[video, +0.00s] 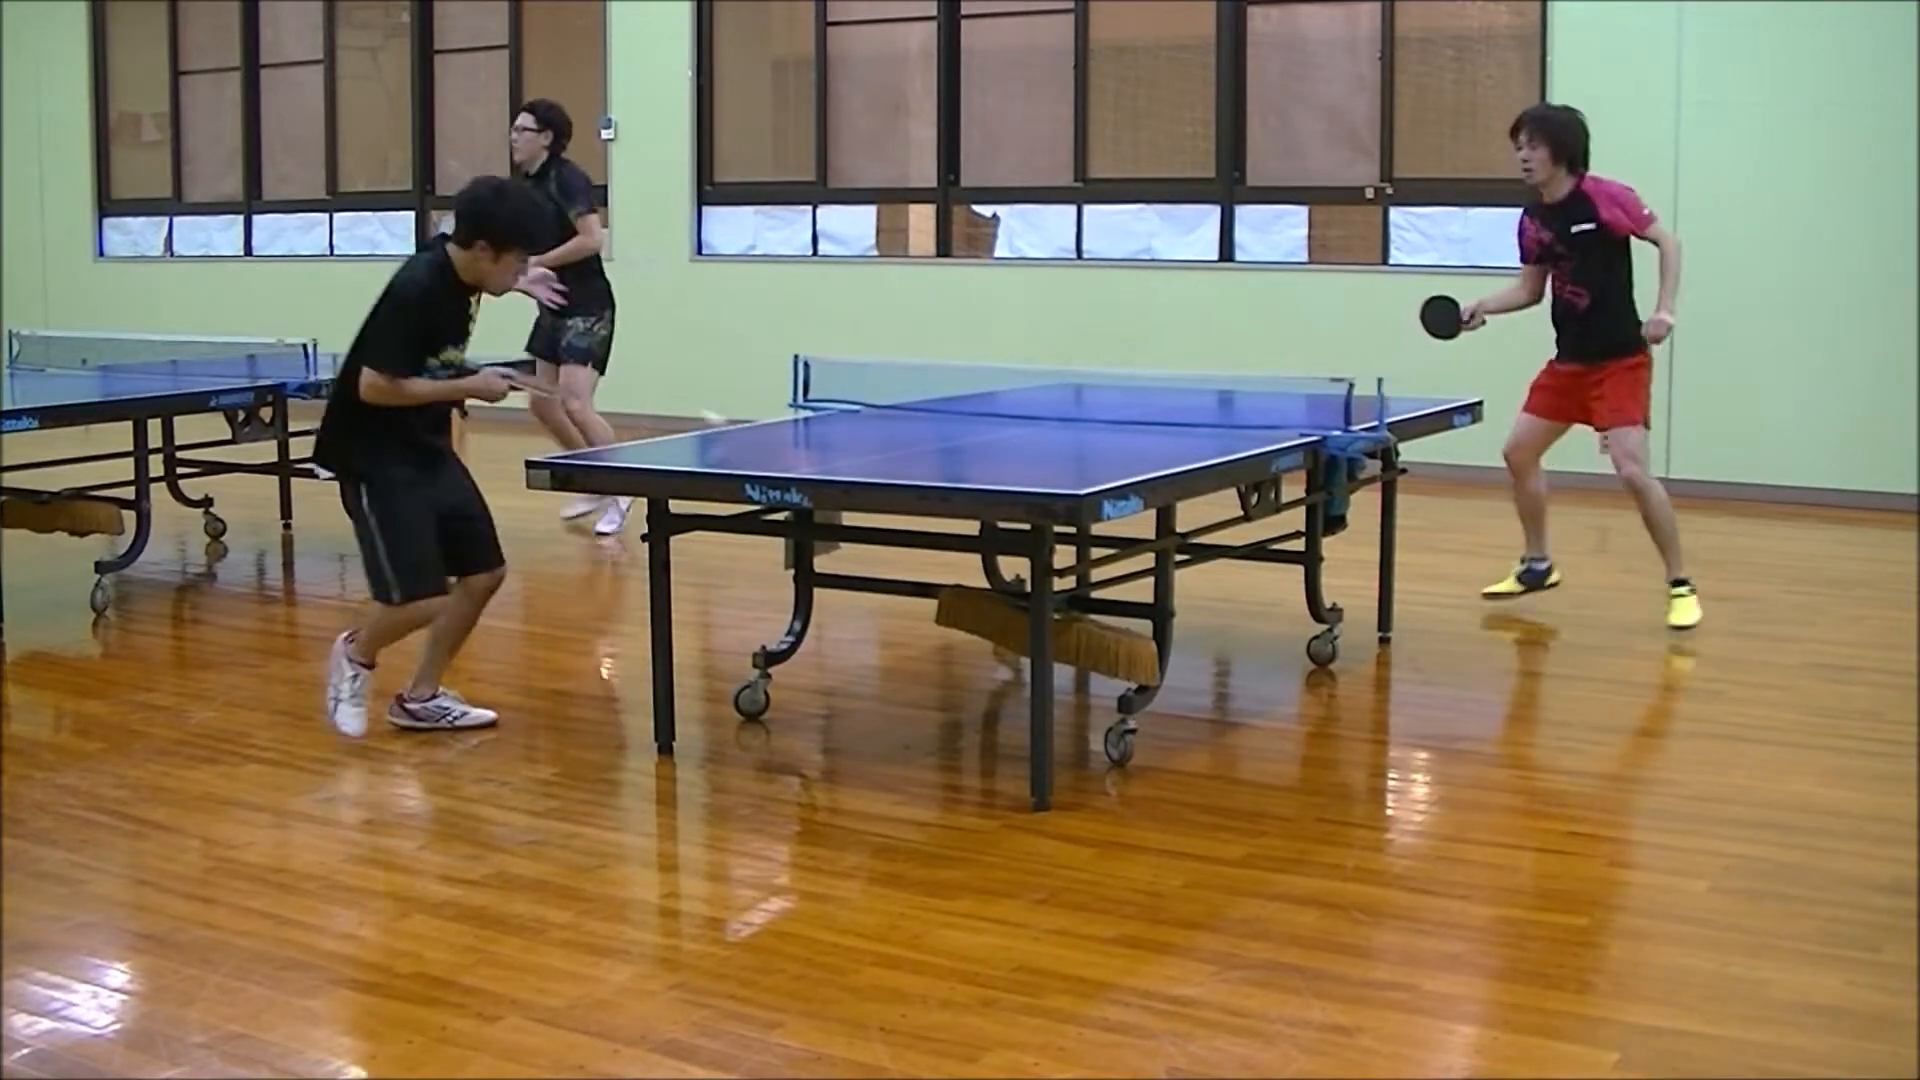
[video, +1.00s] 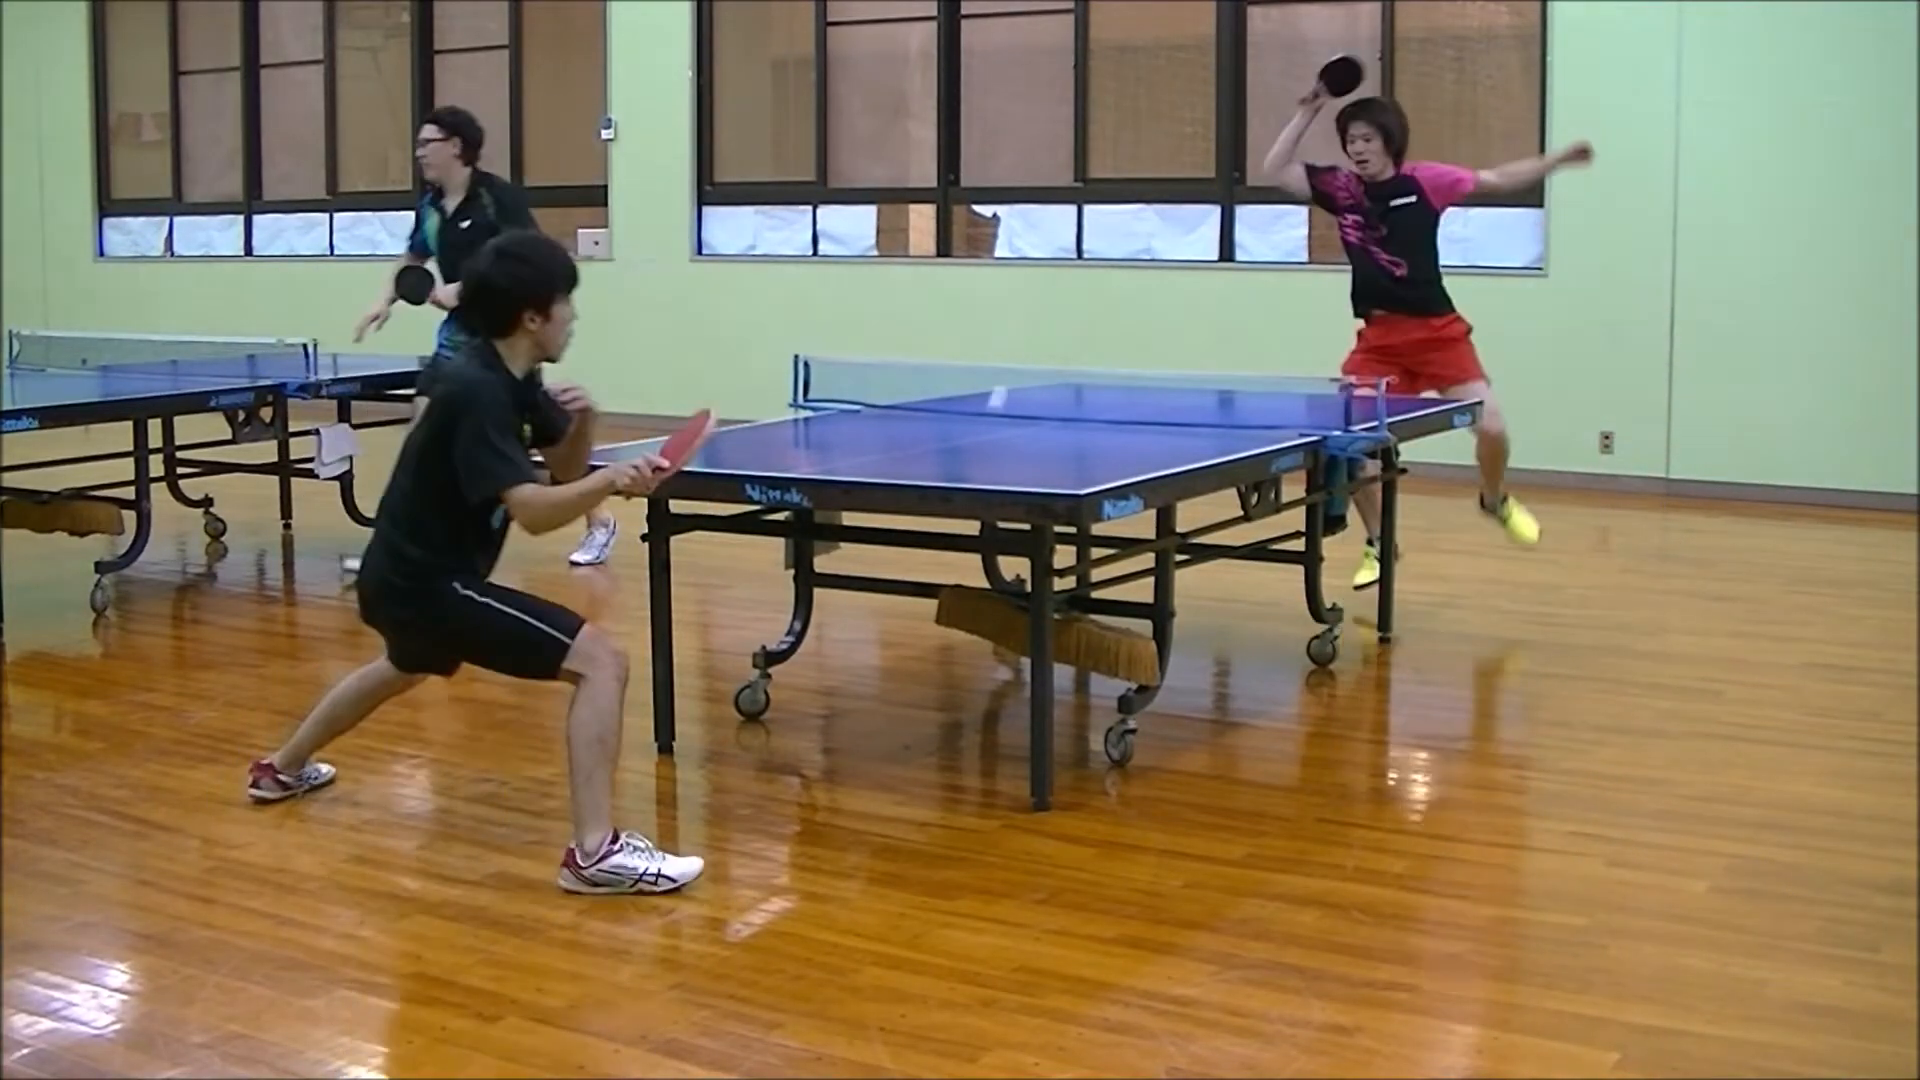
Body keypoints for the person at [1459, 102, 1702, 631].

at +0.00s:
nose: (1523, 157)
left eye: (1533, 147)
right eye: (1520, 148)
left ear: (1562, 150)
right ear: (1521, 154)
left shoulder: (1606, 198)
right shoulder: (1533, 219)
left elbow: (1668, 243)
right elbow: (1530, 289)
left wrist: (1664, 309)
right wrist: (1482, 306)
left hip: (1621, 360)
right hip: (1569, 364)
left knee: (1630, 468)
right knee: (1519, 455)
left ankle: (1679, 583)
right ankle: (1537, 564)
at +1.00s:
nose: (1357, 148)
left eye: (1367, 138)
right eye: (1351, 141)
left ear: (1392, 141)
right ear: (1346, 146)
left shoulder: (1425, 181)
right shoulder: (1342, 187)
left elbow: (1496, 181)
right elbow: (1274, 171)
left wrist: (1554, 160)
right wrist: (1305, 112)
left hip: (1440, 336)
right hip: (1378, 341)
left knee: (1492, 428)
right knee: (1349, 439)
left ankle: (1494, 500)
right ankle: (1379, 542)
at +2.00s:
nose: (1410, 183)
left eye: (1419, 175)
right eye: (1403, 175)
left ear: (1436, 180)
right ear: (1395, 180)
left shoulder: (1457, 211)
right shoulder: (1383, 216)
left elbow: (1506, 221)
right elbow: (1343, 218)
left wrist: (1542, 247)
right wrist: (1312, 217)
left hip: (1459, 348)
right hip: (1402, 346)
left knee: (1497, 427)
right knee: (1354, 425)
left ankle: (1524, 522)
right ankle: (1333, 516)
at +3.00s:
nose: (1380, 239)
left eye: (1388, 233)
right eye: (1374, 230)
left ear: (1405, 231)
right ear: (1364, 225)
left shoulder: (1419, 250)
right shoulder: (1348, 262)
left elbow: (1448, 276)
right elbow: (1336, 319)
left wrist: (1494, 302)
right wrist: (1390, 327)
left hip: (1430, 359)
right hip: (1376, 367)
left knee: (1492, 423)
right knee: (1347, 441)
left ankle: (1532, 502)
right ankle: (1333, 513)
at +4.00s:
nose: (1348, 203)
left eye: (1357, 195)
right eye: (1342, 196)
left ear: (1373, 201)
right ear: (1334, 201)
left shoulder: (1393, 234)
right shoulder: (1322, 242)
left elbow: (1409, 281)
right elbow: (1319, 298)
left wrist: (1403, 310)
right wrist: (1345, 329)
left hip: (1395, 327)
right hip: (1345, 330)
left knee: (1435, 399)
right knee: (1314, 401)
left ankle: (1441, 478)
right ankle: (1297, 477)